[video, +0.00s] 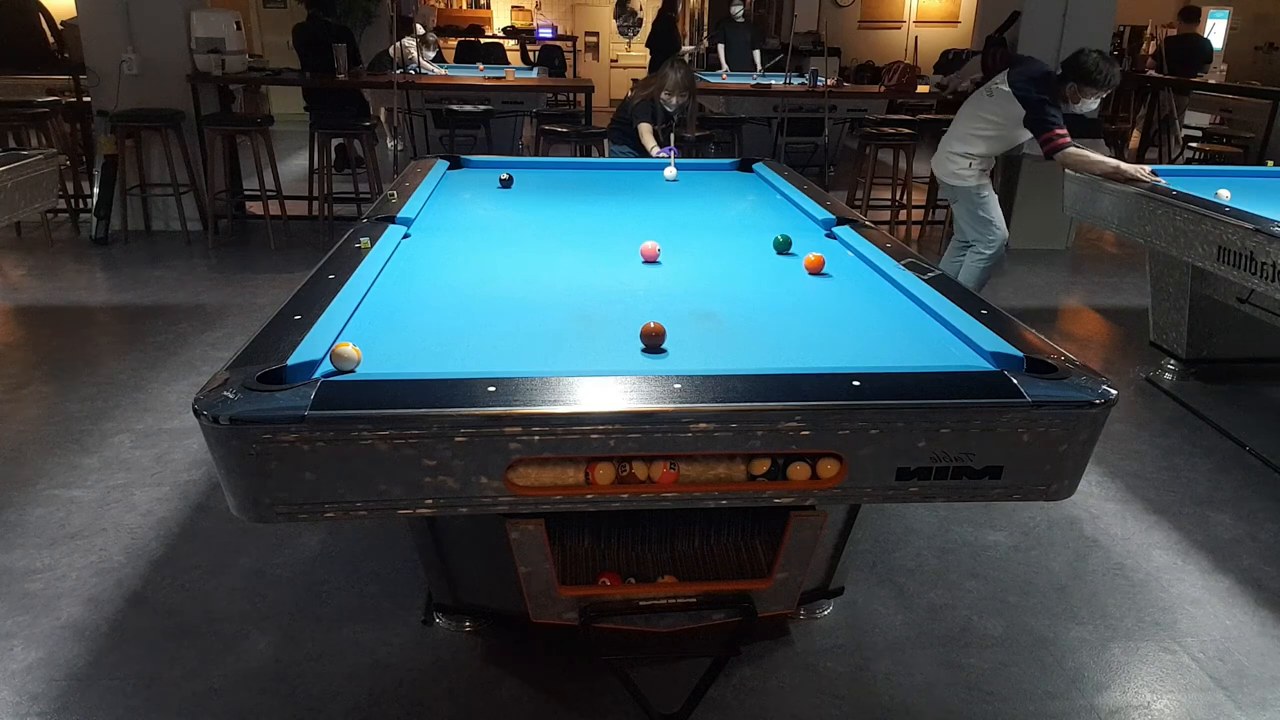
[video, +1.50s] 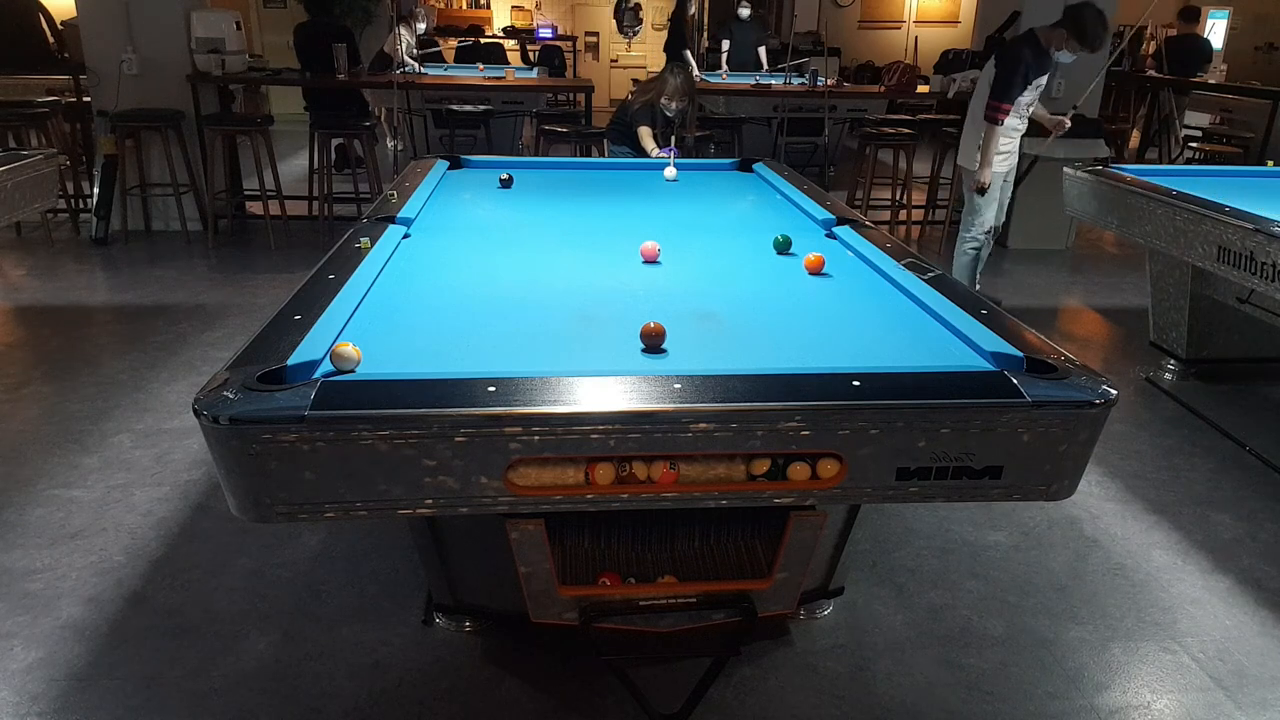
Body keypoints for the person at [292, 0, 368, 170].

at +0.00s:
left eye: (306, 5)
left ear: (307, 7)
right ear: (332, 7)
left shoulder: (298, 30)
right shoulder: (342, 30)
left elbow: (307, 64)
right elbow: (357, 67)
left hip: (313, 101)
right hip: (345, 103)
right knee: (363, 106)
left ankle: (351, 152)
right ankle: (345, 150)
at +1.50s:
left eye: (304, 5)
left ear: (307, 8)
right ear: (333, 7)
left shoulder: (300, 30)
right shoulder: (342, 29)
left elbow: (305, 65)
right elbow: (357, 69)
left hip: (315, 102)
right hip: (346, 102)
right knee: (363, 107)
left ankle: (351, 152)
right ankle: (345, 150)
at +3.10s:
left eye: (303, 5)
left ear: (306, 8)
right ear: (332, 7)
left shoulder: (299, 31)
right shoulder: (342, 30)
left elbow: (304, 64)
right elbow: (356, 67)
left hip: (315, 102)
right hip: (346, 103)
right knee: (362, 107)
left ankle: (351, 152)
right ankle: (344, 149)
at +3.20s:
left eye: (304, 5)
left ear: (306, 8)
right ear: (332, 8)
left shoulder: (299, 31)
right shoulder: (342, 30)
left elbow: (305, 64)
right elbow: (356, 67)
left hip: (315, 102)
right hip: (346, 102)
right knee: (363, 107)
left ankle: (351, 152)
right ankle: (344, 149)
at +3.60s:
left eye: (303, 5)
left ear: (307, 7)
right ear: (332, 7)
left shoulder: (300, 31)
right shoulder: (343, 30)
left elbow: (305, 65)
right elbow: (356, 68)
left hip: (315, 103)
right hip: (346, 103)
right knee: (363, 106)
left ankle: (351, 152)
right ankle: (344, 149)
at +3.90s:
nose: (302, 7)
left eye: (303, 4)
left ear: (307, 8)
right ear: (332, 7)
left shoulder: (300, 30)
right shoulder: (343, 30)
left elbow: (305, 64)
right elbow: (356, 68)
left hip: (315, 102)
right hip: (346, 103)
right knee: (363, 108)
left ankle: (351, 152)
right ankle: (344, 149)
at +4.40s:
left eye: (304, 5)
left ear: (307, 8)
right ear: (333, 7)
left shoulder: (300, 30)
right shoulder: (343, 30)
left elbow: (305, 64)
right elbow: (356, 68)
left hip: (315, 102)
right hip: (346, 102)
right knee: (362, 107)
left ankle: (351, 152)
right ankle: (344, 149)